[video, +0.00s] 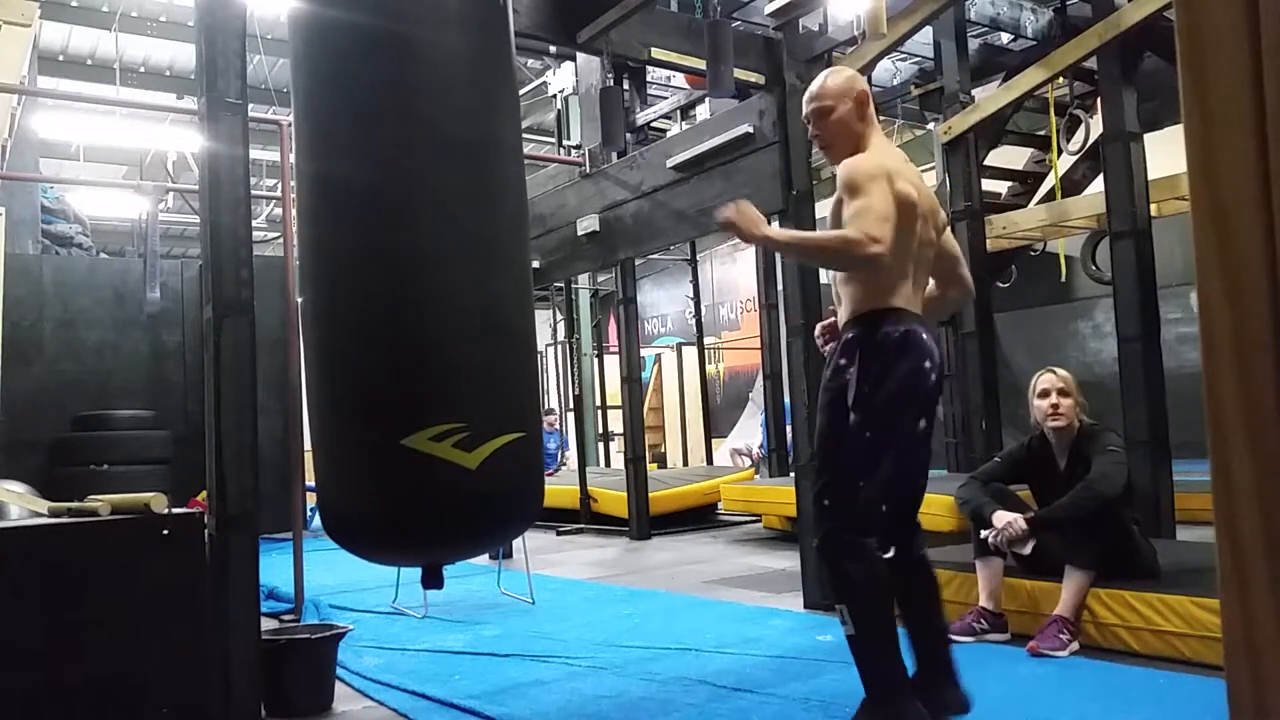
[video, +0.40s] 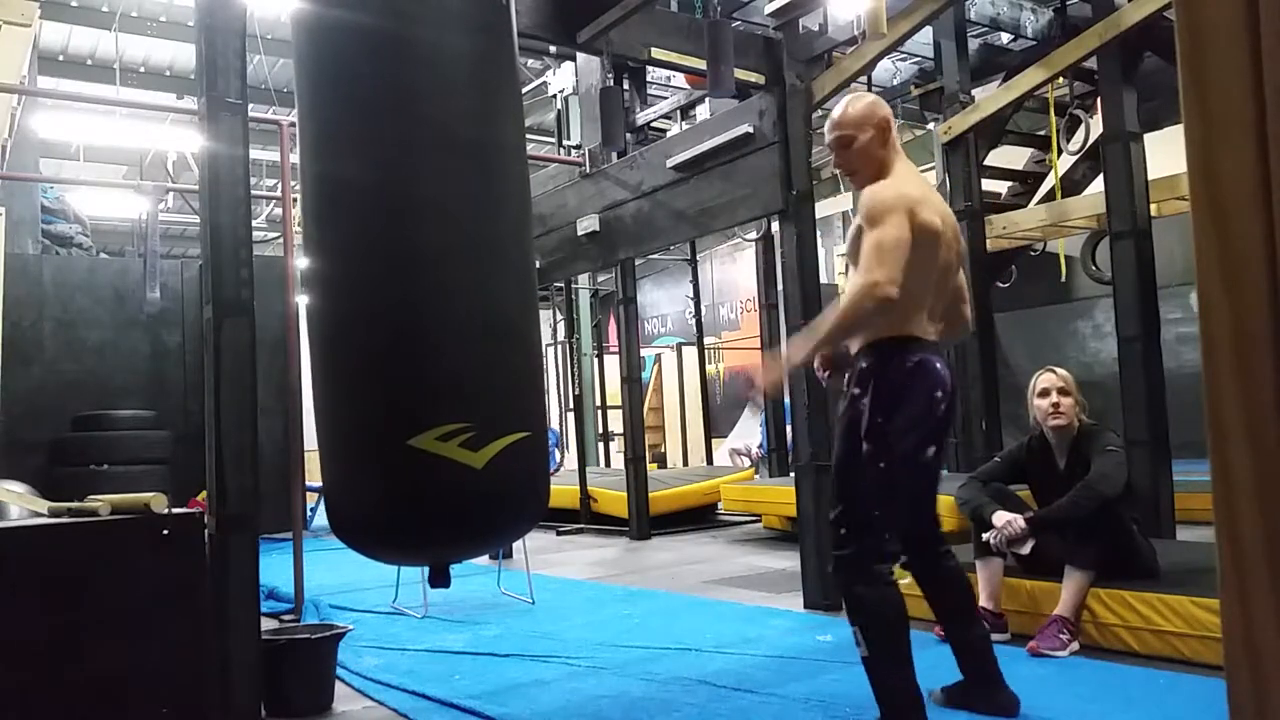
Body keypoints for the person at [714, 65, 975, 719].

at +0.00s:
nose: (811, 129)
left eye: (820, 114)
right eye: (807, 118)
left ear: (858, 107)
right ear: (866, 114)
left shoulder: (864, 167)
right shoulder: (912, 178)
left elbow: (870, 245)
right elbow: (955, 283)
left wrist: (767, 236)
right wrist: (865, 319)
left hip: (875, 354)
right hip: (918, 352)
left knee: (844, 531)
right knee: (897, 527)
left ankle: (887, 700)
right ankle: (939, 684)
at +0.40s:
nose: (834, 158)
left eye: (843, 143)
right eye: (830, 146)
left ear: (883, 134)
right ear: (883, 138)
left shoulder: (886, 196)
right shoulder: (930, 199)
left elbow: (878, 287)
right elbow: (956, 317)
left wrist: (791, 354)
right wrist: (859, 345)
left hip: (891, 380)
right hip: (929, 377)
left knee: (859, 555)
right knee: (921, 539)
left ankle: (900, 709)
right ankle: (986, 682)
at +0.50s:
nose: (840, 155)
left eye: (849, 141)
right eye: (836, 143)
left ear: (887, 133)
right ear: (892, 138)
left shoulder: (892, 196)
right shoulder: (932, 195)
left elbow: (895, 300)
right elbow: (954, 308)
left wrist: (858, 395)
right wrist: (861, 343)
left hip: (902, 373)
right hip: (938, 370)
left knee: (873, 546)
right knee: (936, 533)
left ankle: (901, 706)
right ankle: (987, 681)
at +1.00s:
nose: (836, 125)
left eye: (846, 111)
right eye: (833, 114)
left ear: (882, 107)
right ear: (887, 113)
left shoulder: (886, 163)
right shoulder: (928, 172)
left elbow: (904, 246)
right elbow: (975, 275)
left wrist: (806, 290)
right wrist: (904, 303)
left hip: (881, 341)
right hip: (925, 343)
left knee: (838, 515)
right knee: (911, 517)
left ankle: (874, 691)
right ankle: (960, 670)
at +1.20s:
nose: (817, 143)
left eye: (827, 129)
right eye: (814, 132)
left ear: (871, 125)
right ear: (872, 134)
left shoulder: (849, 182)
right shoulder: (914, 199)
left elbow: (808, 237)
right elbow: (977, 299)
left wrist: (694, 248)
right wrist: (918, 348)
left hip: (873, 378)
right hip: (914, 379)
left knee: (828, 549)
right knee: (883, 552)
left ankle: (825, 711)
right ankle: (942, 695)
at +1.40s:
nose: (808, 122)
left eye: (821, 107)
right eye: (803, 112)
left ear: (863, 106)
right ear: (803, 119)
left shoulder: (875, 175)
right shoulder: (836, 191)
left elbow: (959, 220)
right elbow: (809, 299)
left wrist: (951, 291)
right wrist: (737, 278)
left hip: (854, 389)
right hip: (828, 389)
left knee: (770, 547)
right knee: (851, 539)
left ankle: (790, 711)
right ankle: (935, 673)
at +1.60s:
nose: (848, 78)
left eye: (865, 63)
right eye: (844, 65)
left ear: (912, 74)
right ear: (839, 74)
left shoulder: (951, 179)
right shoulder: (811, 137)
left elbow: (1067, 214)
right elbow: (721, 181)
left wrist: (1107, 167)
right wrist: (679, 146)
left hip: (821, 365)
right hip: (739, 320)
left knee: (823, 545)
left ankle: (804, 713)